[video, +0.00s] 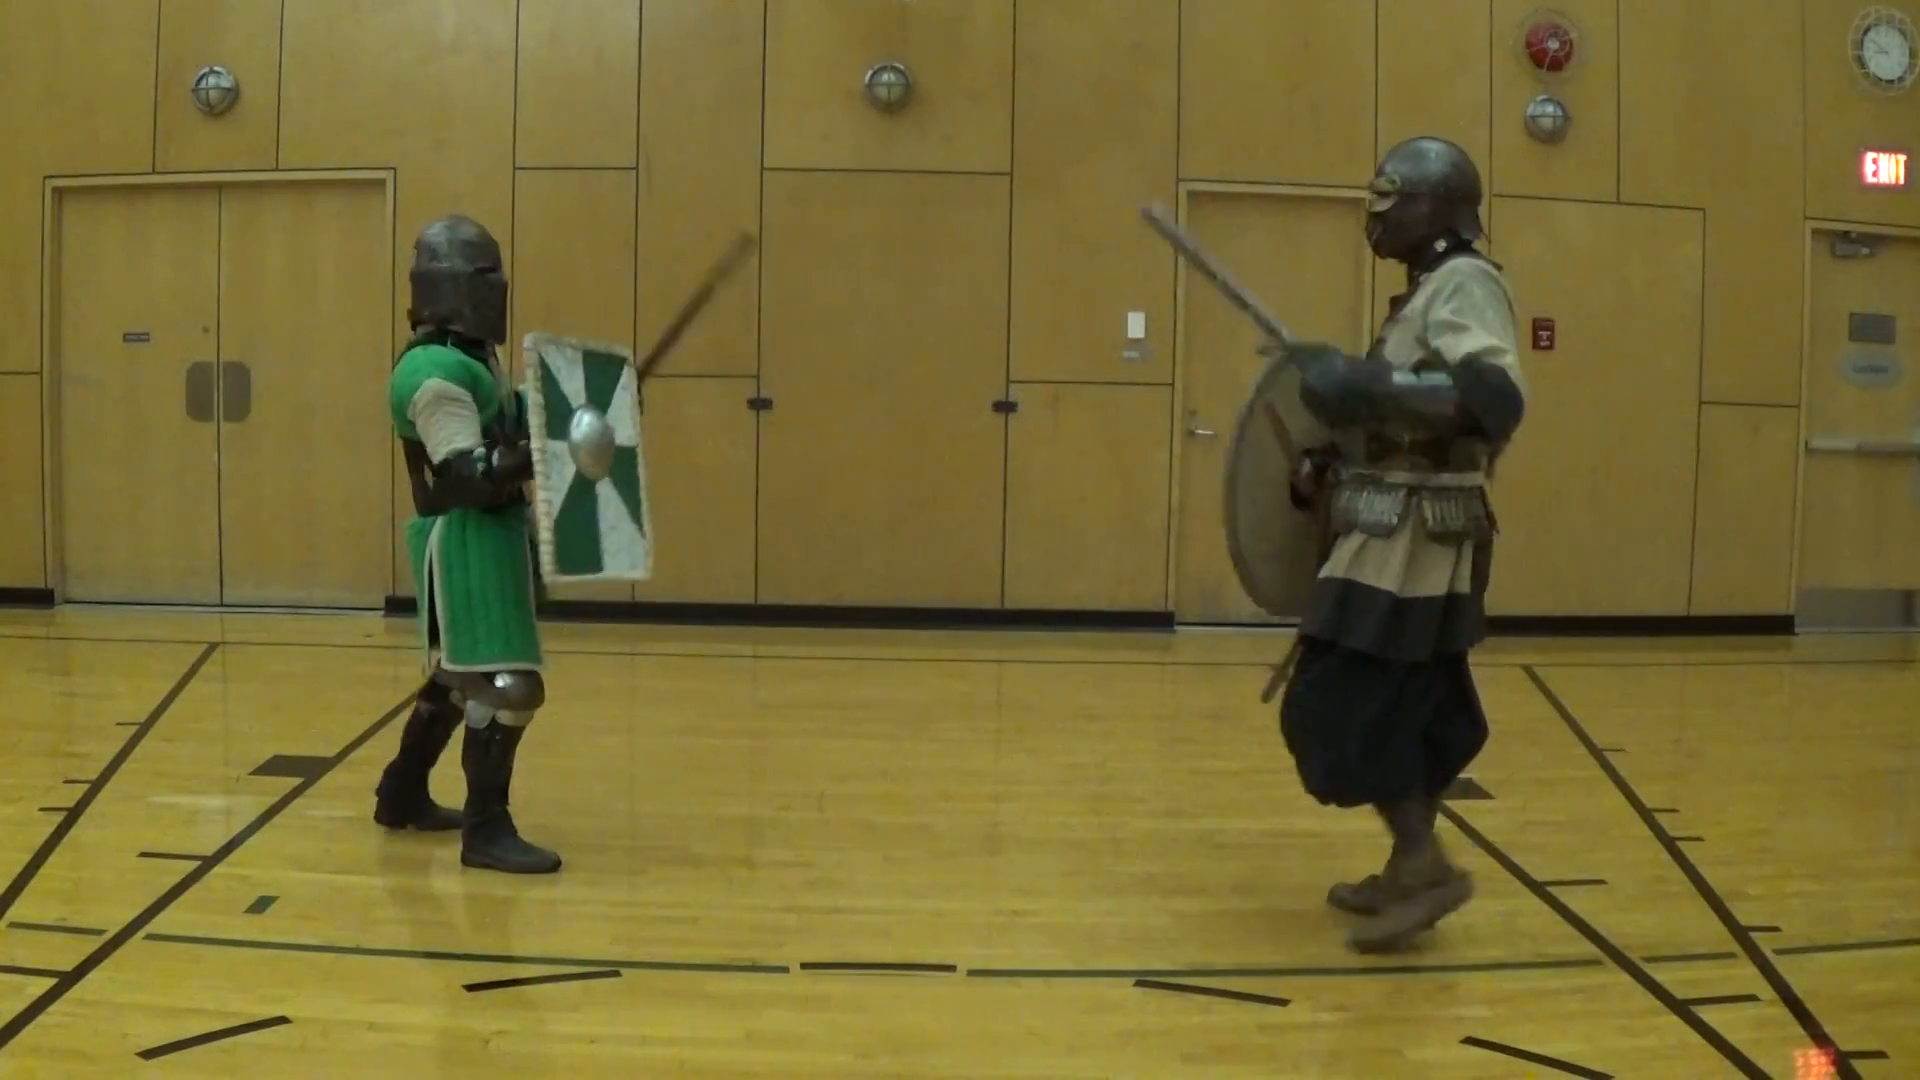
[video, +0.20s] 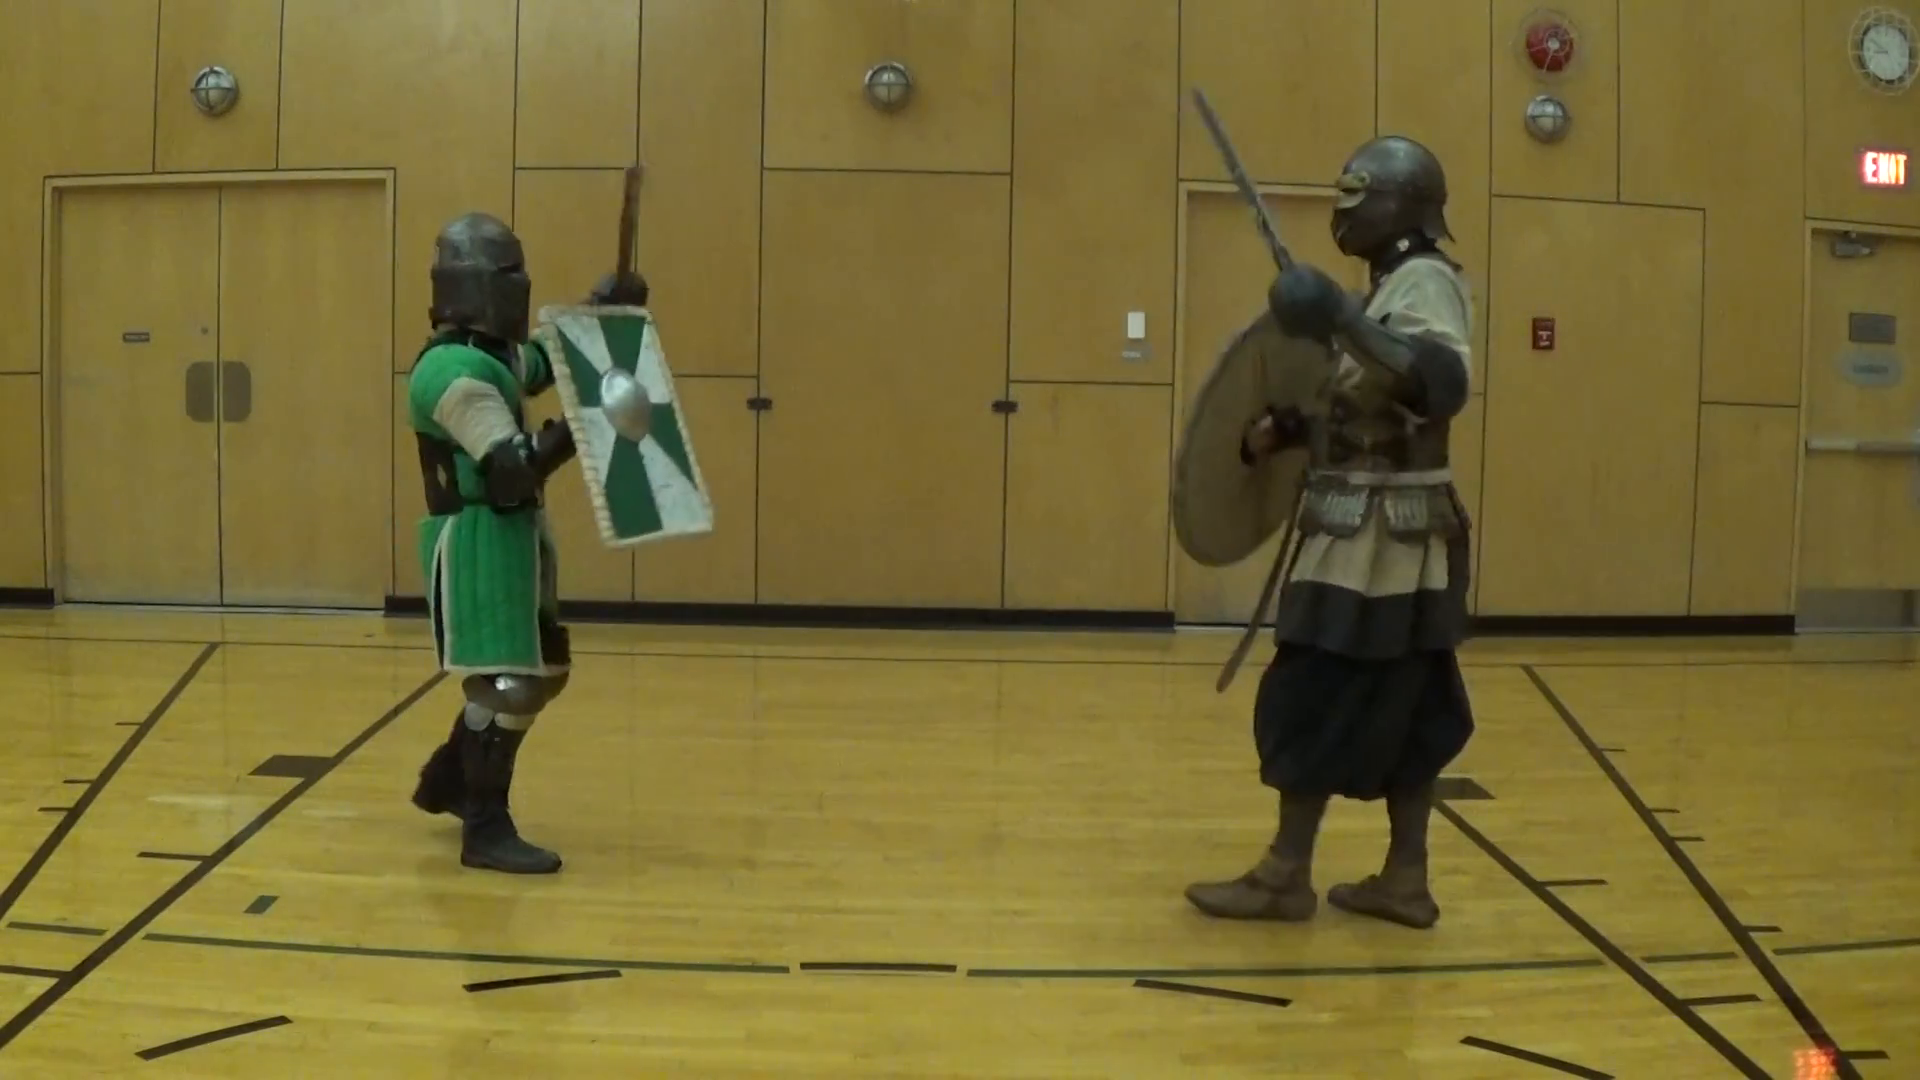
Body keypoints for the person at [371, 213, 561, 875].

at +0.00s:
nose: (498, 288)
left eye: (496, 276)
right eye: (484, 278)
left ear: (442, 294)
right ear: (448, 290)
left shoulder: (471, 361)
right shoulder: (433, 372)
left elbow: (506, 433)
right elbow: (466, 476)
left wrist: (551, 388)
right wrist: (549, 451)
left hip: (481, 530)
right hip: (465, 535)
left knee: (457, 673)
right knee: (507, 686)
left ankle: (403, 790)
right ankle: (488, 831)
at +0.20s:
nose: (521, 290)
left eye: (519, 276)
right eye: (509, 278)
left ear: (465, 291)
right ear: (476, 288)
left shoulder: (497, 357)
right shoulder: (452, 369)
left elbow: (559, 357)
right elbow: (508, 477)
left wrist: (607, 312)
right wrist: (577, 421)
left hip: (515, 529)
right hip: (477, 535)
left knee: (545, 667)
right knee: (507, 681)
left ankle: (448, 774)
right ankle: (487, 831)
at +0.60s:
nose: (575, 294)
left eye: (572, 281)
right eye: (562, 283)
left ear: (522, 296)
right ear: (523, 294)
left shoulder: (550, 360)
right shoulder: (501, 371)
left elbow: (621, 359)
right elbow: (557, 467)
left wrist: (652, 302)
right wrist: (619, 414)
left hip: (547, 531)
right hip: (517, 536)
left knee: (535, 672)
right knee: (587, 680)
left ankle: (473, 798)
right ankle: (543, 816)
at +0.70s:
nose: (598, 303)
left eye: (595, 290)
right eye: (586, 292)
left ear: (542, 299)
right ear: (554, 299)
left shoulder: (564, 363)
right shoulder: (526, 375)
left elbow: (631, 354)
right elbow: (576, 470)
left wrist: (667, 303)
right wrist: (633, 426)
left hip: (555, 539)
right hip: (538, 543)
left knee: (539, 680)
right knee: (601, 684)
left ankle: (473, 800)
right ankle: (614, 834)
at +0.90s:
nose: (659, 318)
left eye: (655, 306)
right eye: (649, 307)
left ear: (597, 316)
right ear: (621, 316)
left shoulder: (622, 376)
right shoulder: (589, 391)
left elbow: (687, 364)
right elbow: (643, 486)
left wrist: (721, 309)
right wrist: (707, 434)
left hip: (595, 556)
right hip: (609, 558)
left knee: (566, 689)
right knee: (671, 696)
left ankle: (477, 796)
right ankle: (689, 842)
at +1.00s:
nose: (698, 324)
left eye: (694, 312)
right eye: (689, 313)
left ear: (632, 320)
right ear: (664, 322)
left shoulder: (659, 380)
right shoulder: (629, 399)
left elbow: (725, 362)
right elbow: (687, 499)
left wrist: (762, 306)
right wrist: (755, 440)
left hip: (651, 562)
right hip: (653, 564)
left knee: (643, 702)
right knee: (719, 701)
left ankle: (514, 773)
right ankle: (695, 847)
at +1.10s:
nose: (734, 326)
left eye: (732, 316)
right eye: (723, 316)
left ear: (676, 327)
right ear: (692, 327)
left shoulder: (708, 379)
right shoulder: (667, 407)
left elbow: (764, 345)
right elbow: (737, 503)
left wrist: (801, 295)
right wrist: (810, 449)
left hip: (714, 559)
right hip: (687, 564)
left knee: (742, 699)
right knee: (747, 706)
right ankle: (697, 846)